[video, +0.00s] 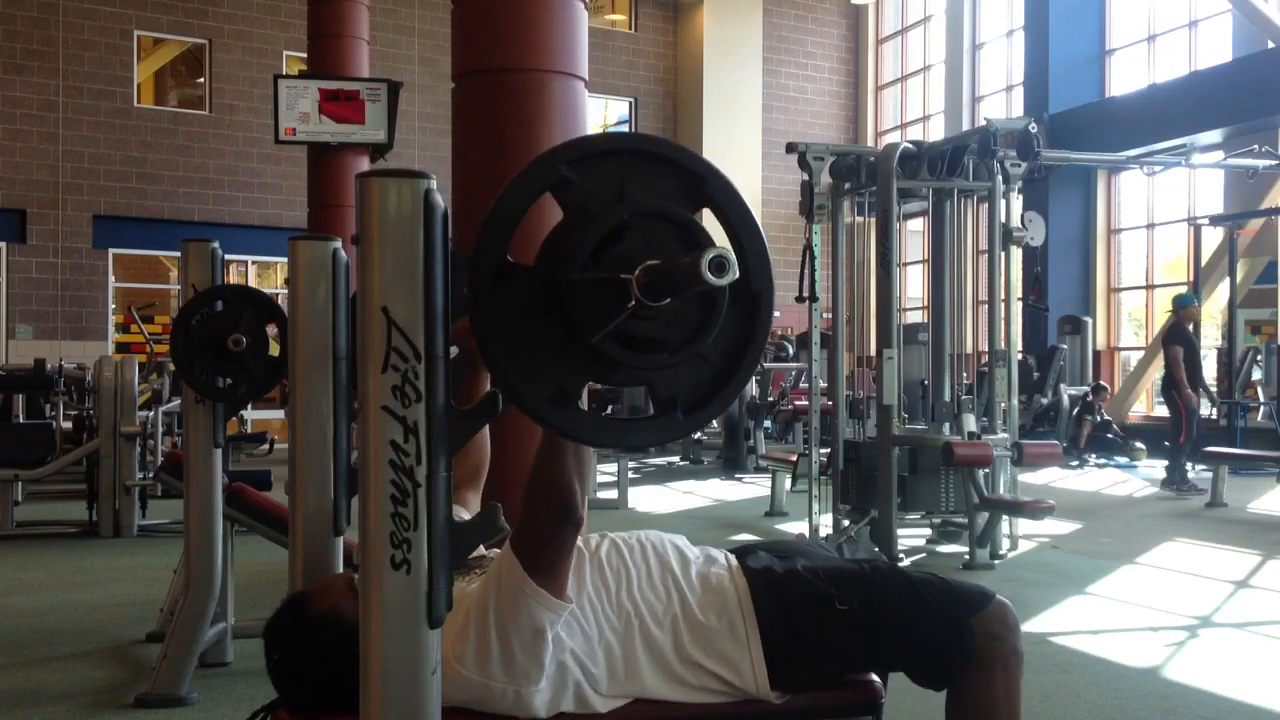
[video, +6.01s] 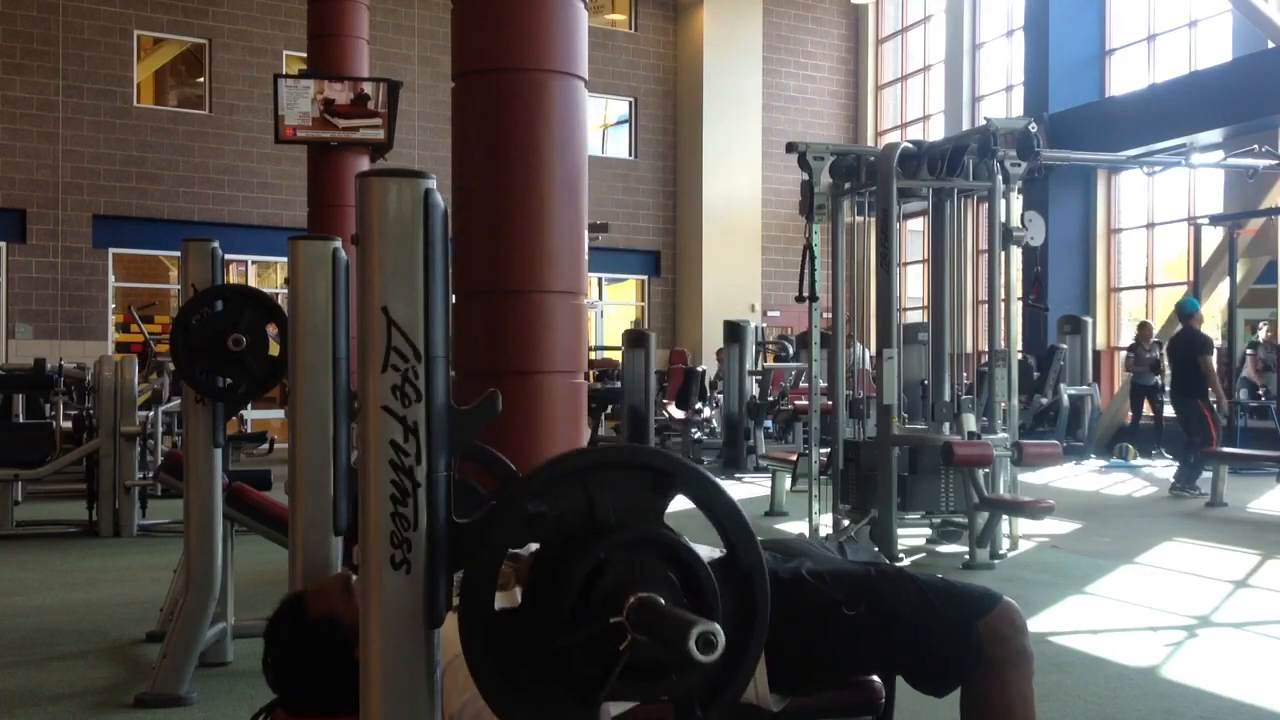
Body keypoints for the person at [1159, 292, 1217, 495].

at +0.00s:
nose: (1199, 310)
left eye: (1198, 307)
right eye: (1195, 307)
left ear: (1187, 311)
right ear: (1183, 310)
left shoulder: (1186, 332)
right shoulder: (1175, 331)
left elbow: (1194, 368)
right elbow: (1176, 365)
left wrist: (1208, 392)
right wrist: (1185, 392)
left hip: (1187, 387)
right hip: (1177, 387)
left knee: (1185, 433)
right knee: (1184, 433)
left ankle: (1173, 476)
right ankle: (1179, 478)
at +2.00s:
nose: (1174, 309)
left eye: (1172, 305)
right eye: (1170, 306)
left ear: (1155, 310)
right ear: (1163, 309)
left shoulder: (1149, 332)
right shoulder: (1166, 331)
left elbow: (1150, 364)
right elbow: (1174, 363)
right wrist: (1185, 392)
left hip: (1152, 388)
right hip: (1164, 389)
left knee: (1162, 432)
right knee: (1167, 431)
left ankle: (1162, 479)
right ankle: (1159, 482)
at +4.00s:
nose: (1191, 296)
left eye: (1188, 293)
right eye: (1188, 293)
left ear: (1171, 301)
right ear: (1182, 298)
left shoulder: (1165, 322)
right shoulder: (1192, 320)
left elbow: (1156, 348)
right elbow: (1210, 346)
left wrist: (1154, 369)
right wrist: (1228, 367)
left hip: (1172, 380)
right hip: (1191, 381)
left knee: (1176, 424)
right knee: (1195, 427)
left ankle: (1167, 473)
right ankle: (1189, 477)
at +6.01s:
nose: (1202, 315)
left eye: (1200, 311)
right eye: (1200, 312)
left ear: (1181, 317)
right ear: (1195, 315)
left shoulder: (1173, 341)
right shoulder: (1202, 340)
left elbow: (1175, 371)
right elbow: (1209, 371)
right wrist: (1221, 399)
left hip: (1177, 395)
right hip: (1195, 396)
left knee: (1193, 437)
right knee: (1209, 438)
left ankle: (1180, 480)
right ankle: (1188, 482)